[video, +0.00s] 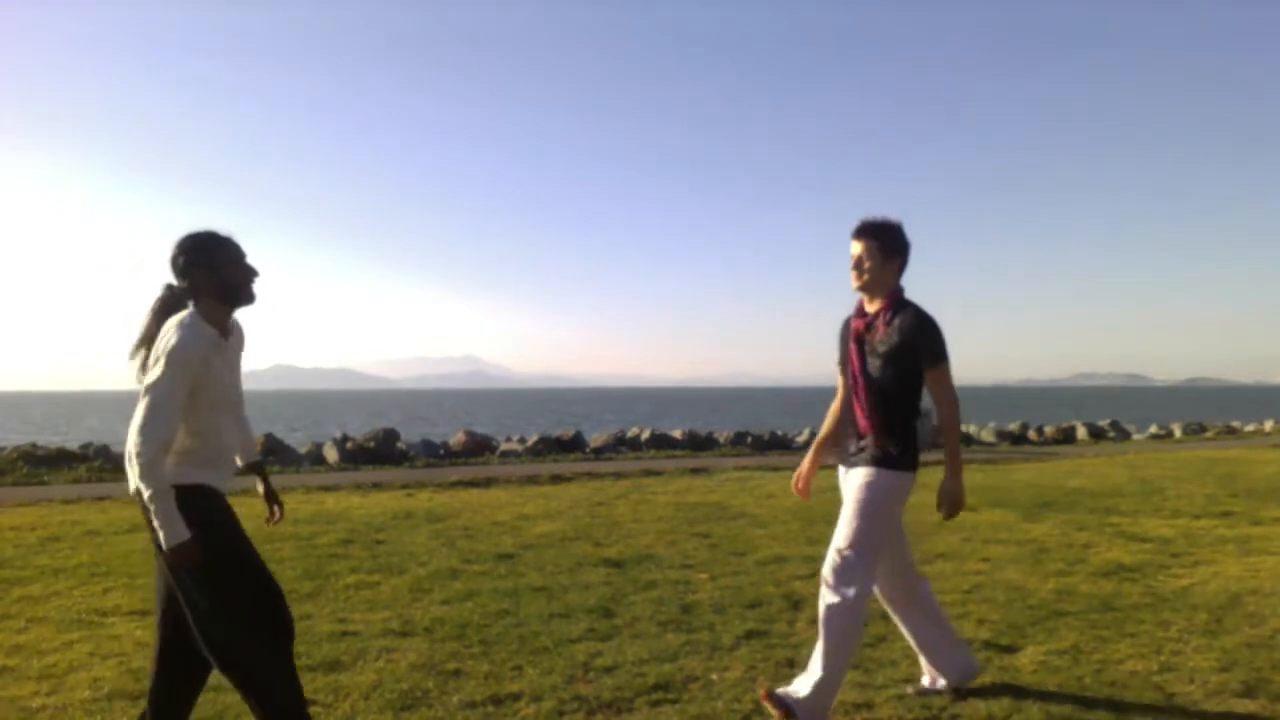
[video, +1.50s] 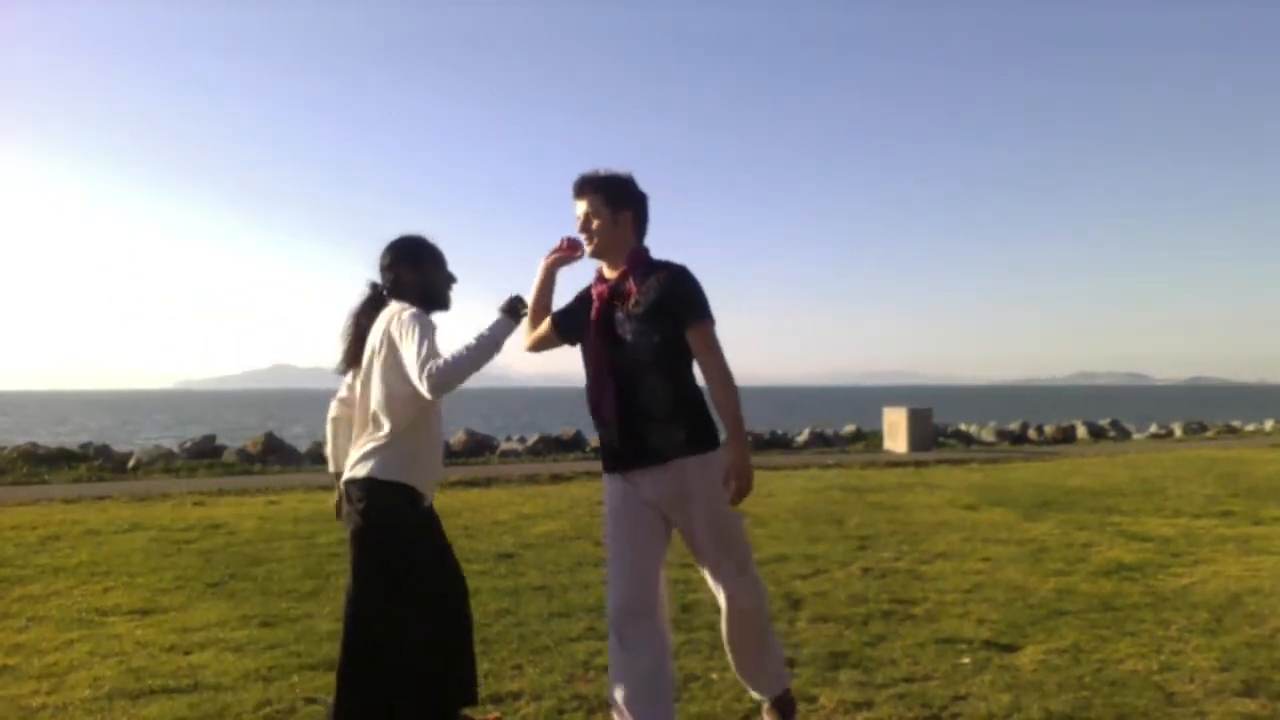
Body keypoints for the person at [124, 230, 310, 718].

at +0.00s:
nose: (253, 271)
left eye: (246, 262)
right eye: (239, 263)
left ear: (214, 276)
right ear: (205, 275)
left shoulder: (231, 334)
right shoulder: (185, 337)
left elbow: (231, 411)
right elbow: (142, 450)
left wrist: (259, 475)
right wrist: (173, 532)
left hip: (206, 494)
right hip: (182, 497)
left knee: (185, 641)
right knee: (263, 619)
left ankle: (163, 711)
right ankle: (288, 711)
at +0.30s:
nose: (297, 276)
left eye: (290, 265)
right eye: (283, 267)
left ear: (264, 281)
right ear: (253, 282)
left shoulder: (292, 340)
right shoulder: (219, 352)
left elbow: (301, 416)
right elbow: (169, 453)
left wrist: (325, 482)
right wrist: (186, 534)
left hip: (256, 503)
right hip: (219, 504)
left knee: (225, 637)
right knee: (299, 611)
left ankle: (186, 711)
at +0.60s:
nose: (351, 271)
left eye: (346, 260)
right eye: (338, 261)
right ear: (307, 272)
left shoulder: (348, 339)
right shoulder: (259, 341)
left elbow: (352, 420)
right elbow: (212, 437)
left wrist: (366, 487)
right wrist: (226, 516)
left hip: (314, 503)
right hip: (269, 500)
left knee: (281, 637)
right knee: (339, 622)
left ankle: (191, 705)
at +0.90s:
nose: (396, 270)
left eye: (391, 260)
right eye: (381, 259)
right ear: (346, 267)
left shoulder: (378, 344)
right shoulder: (304, 323)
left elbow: (351, 426)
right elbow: (254, 417)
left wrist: (364, 492)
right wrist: (274, 503)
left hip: (359, 514)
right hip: (308, 510)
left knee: (377, 621)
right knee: (319, 638)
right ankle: (293, 705)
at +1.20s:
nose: (426, 279)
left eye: (421, 269)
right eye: (414, 268)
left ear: (383, 275)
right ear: (383, 273)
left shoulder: (382, 323)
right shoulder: (366, 308)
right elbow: (309, 361)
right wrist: (370, 430)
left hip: (366, 487)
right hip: (334, 487)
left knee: (425, 591)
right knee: (348, 616)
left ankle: (434, 702)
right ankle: (350, 711)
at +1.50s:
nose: (450, 274)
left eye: (446, 265)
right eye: (438, 265)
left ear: (397, 277)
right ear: (404, 272)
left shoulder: (381, 324)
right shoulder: (408, 317)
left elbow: (341, 408)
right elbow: (432, 379)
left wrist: (343, 479)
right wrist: (502, 325)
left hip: (365, 488)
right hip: (392, 492)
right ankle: (428, 707)